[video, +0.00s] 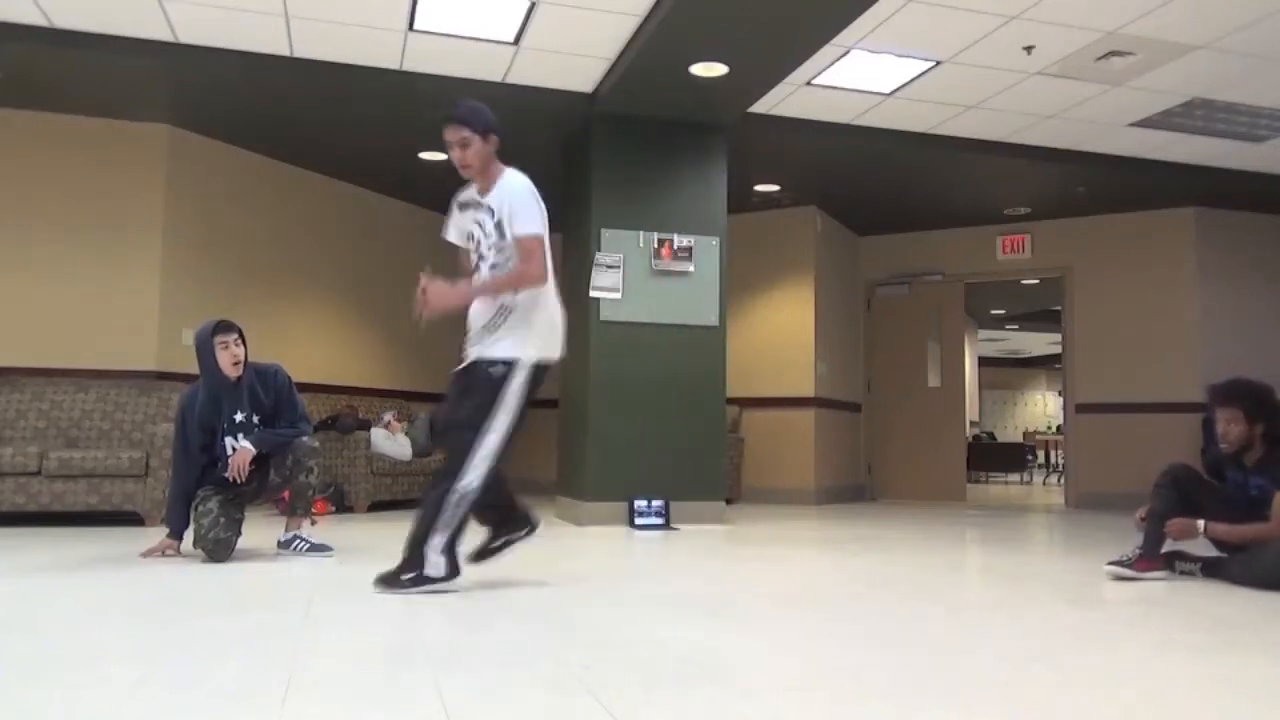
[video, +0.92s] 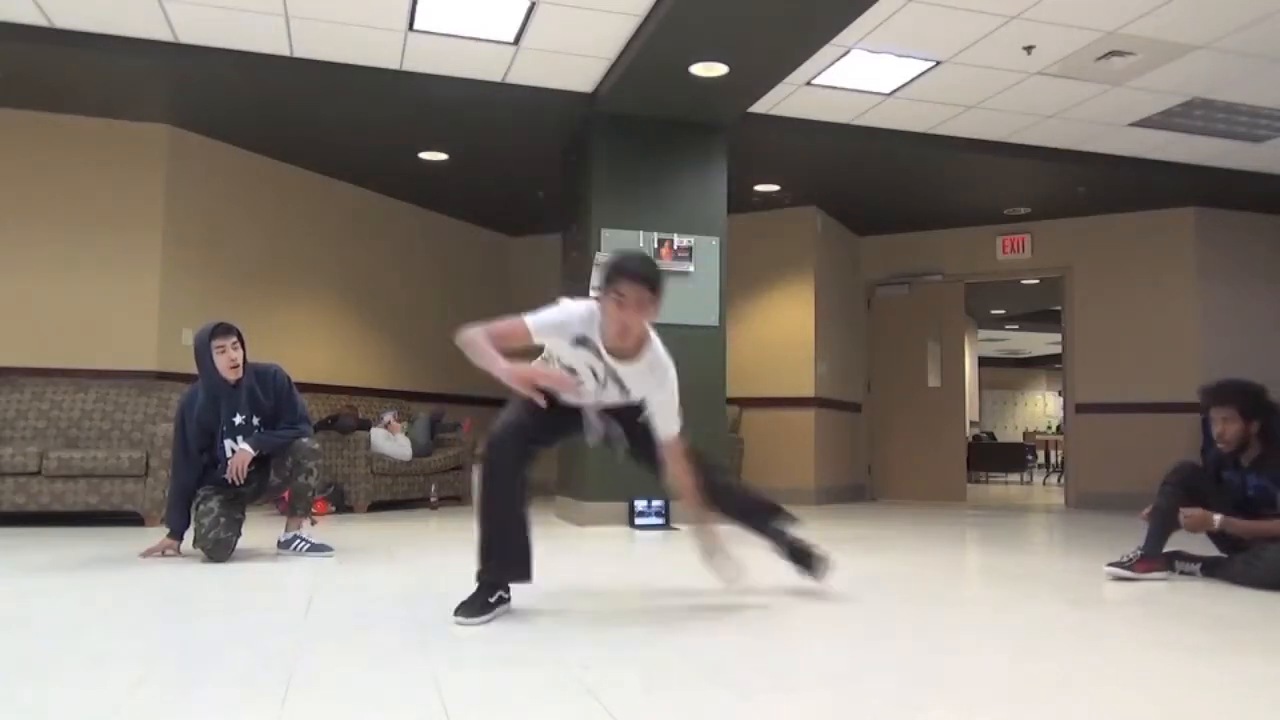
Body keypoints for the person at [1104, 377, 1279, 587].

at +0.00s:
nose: (1221, 432)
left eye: (1231, 423)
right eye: (1217, 422)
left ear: (1257, 428)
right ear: (1212, 423)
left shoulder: (1274, 466)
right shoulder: (1224, 461)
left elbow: (1274, 529)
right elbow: (1212, 501)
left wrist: (1201, 528)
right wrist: (1157, 511)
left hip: (1265, 544)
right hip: (1233, 532)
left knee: (1270, 570)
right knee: (1177, 475)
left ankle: (1205, 566)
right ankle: (1149, 555)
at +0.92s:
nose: (1217, 432)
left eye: (1227, 422)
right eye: (1213, 422)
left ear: (1253, 426)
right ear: (1208, 423)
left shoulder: (1273, 462)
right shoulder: (1220, 459)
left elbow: (1276, 527)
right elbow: (1208, 496)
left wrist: (1216, 522)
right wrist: (1163, 511)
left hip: (1266, 545)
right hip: (1234, 537)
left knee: (1270, 572)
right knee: (1185, 472)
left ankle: (1203, 566)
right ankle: (1149, 555)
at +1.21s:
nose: (1210, 434)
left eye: (1219, 424)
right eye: (1205, 426)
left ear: (1245, 425)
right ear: (1200, 428)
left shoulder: (1271, 459)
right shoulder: (1211, 458)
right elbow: (1197, 507)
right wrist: (1166, 538)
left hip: (1266, 540)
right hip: (1228, 530)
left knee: (1271, 572)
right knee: (1170, 475)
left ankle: (1203, 565)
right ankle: (1149, 552)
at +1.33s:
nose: (1212, 435)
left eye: (1221, 425)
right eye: (1206, 427)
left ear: (1247, 427)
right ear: (1201, 428)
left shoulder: (1271, 461)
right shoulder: (1214, 459)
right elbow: (1213, 502)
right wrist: (1189, 539)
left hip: (1267, 541)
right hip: (1231, 530)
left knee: (1271, 572)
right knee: (1168, 476)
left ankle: (1204, 565)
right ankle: (1146, 552)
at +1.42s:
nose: (1215, 435)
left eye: (1225, 424)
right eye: (1210, 426)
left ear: (1250, 427)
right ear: (1205, 428)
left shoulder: (1272, 462)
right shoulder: (1213, 456)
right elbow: (1213, 502)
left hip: (1268, 542)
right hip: (1231, 531)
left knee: (1272, 572)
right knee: (1167, 477)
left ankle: (1204, 566)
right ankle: (1145, 551)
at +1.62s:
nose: (1234, 421)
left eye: (1245, 412)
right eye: (1228, 412)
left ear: (1266, 417)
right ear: (1221, 416)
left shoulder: (1274, 458)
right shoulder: (1221, 456)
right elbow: (1217, 500)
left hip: (1266, 540)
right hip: (1228, 531)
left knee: (1271, 572)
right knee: (1167, 477)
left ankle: (1205, 566)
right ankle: (1145, 552)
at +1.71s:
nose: (1244, 413)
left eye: (1255, 405)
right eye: (1238, 405)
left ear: (1274, 411)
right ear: (1231, 410)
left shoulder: (1274, 454)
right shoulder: (1224, 450)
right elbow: (1218, 501)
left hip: (1266, 537)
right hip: (1227, 527)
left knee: (1271, 570)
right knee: (1167, 478)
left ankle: (1205, 566)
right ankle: (1145, 552)